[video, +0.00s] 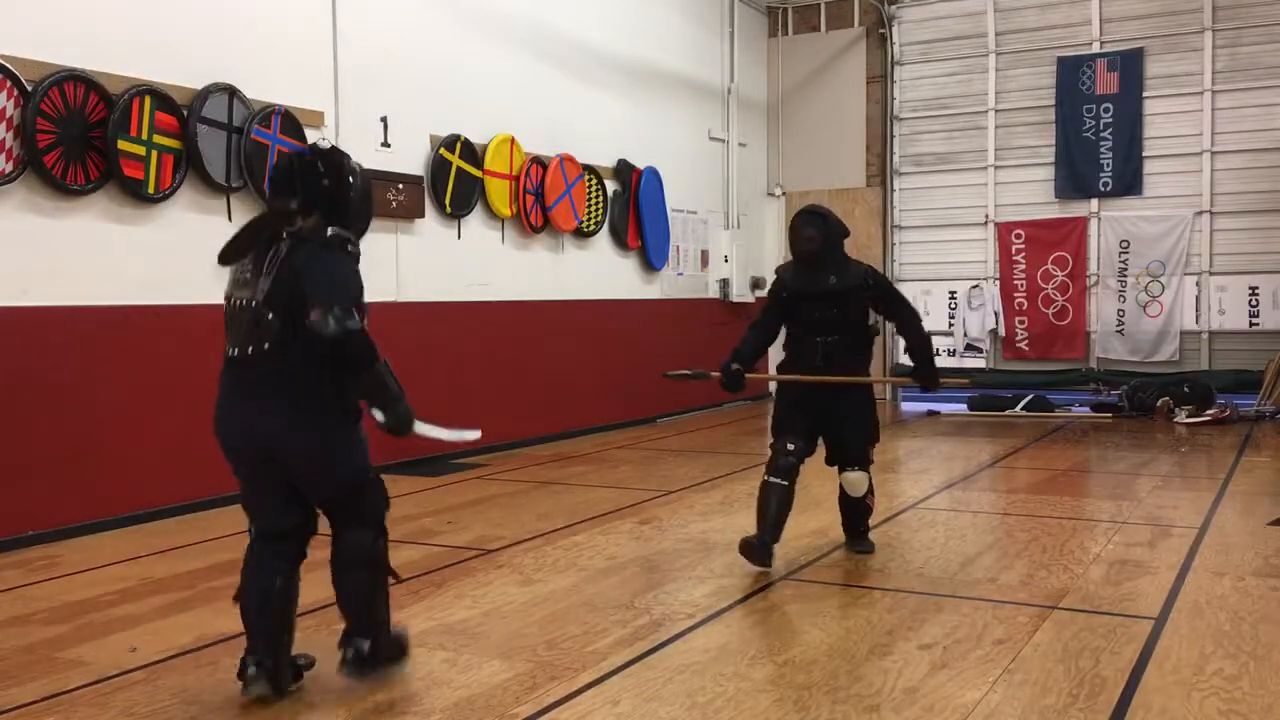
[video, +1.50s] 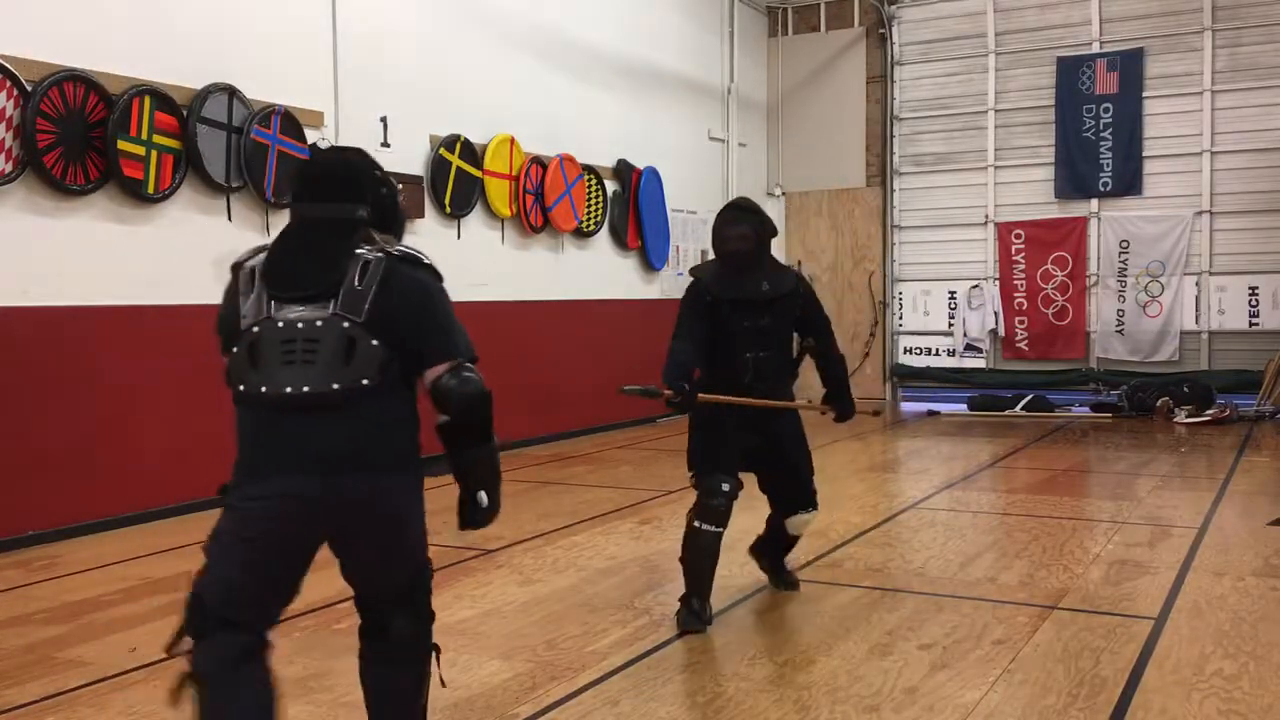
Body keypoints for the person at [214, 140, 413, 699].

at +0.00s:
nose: (364, 205)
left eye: (361, 194)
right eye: (357, 195)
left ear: (293, 197)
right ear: (338, 200)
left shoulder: (257, 246)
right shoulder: (325, 252)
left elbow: (270, 340)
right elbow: (340, 332)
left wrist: (342, 389)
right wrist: (389, 398)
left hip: (243, 418)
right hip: (308, 421)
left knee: (278, 525)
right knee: (360, 508)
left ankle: (265, 658)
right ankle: (367, 636)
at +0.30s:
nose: (380, 236)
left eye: (376, 225)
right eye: (373, 226)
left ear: (298, 231)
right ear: (354, 231)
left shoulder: (260, 284)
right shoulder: (361, 293)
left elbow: (229, 377)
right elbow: (396, 395)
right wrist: (427, 465)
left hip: (244, 464)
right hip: (315, 473)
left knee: (288, 548)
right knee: (367, 584)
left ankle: (269, 672)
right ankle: (345, 706)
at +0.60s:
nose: (394, 240)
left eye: (392, 229)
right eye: (388, 229)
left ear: (303, 231)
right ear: (367, 234)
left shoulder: (253, 287)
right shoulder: (372, 290)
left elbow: (233, 390)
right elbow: (421, 406)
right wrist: (451, 479)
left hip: (224, 468)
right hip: (317, 476)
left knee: (255, 567)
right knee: (380, 576)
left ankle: (229, 706)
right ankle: (354, 707)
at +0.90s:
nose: (341, 211)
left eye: (337, 198)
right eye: (330, 199)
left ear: (243, 212)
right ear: (301, 212)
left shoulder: (191, 282)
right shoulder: (314, 283)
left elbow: (178, 398)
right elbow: (357, 406)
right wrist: (404, 487)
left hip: (178, 488)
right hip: (272, 486)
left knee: (168, 630)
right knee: (359, 572)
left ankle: (136, 710)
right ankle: (350, 707)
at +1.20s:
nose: (331, 204)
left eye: (326, 193)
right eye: (323, 194)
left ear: (238, 202)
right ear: (303, 202)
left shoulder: (183, 274)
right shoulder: (329, 275)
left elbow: (173, 379)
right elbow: (371, 397)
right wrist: (399, 488)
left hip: (192, 486)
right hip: (297, 487)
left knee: (169, 629)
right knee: (367, 599)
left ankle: (137, 709)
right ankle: (393, 709)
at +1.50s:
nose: (397, 211)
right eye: (390, 202)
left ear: (300, 206)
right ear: (372, 208)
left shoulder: (248, 279)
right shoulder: (401, 276)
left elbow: (240, 371)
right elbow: (460, 392)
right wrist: (478, 479)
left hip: (272, 488)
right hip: (378, 488)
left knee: (226, 628)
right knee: (396, 624)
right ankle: (397, 710)